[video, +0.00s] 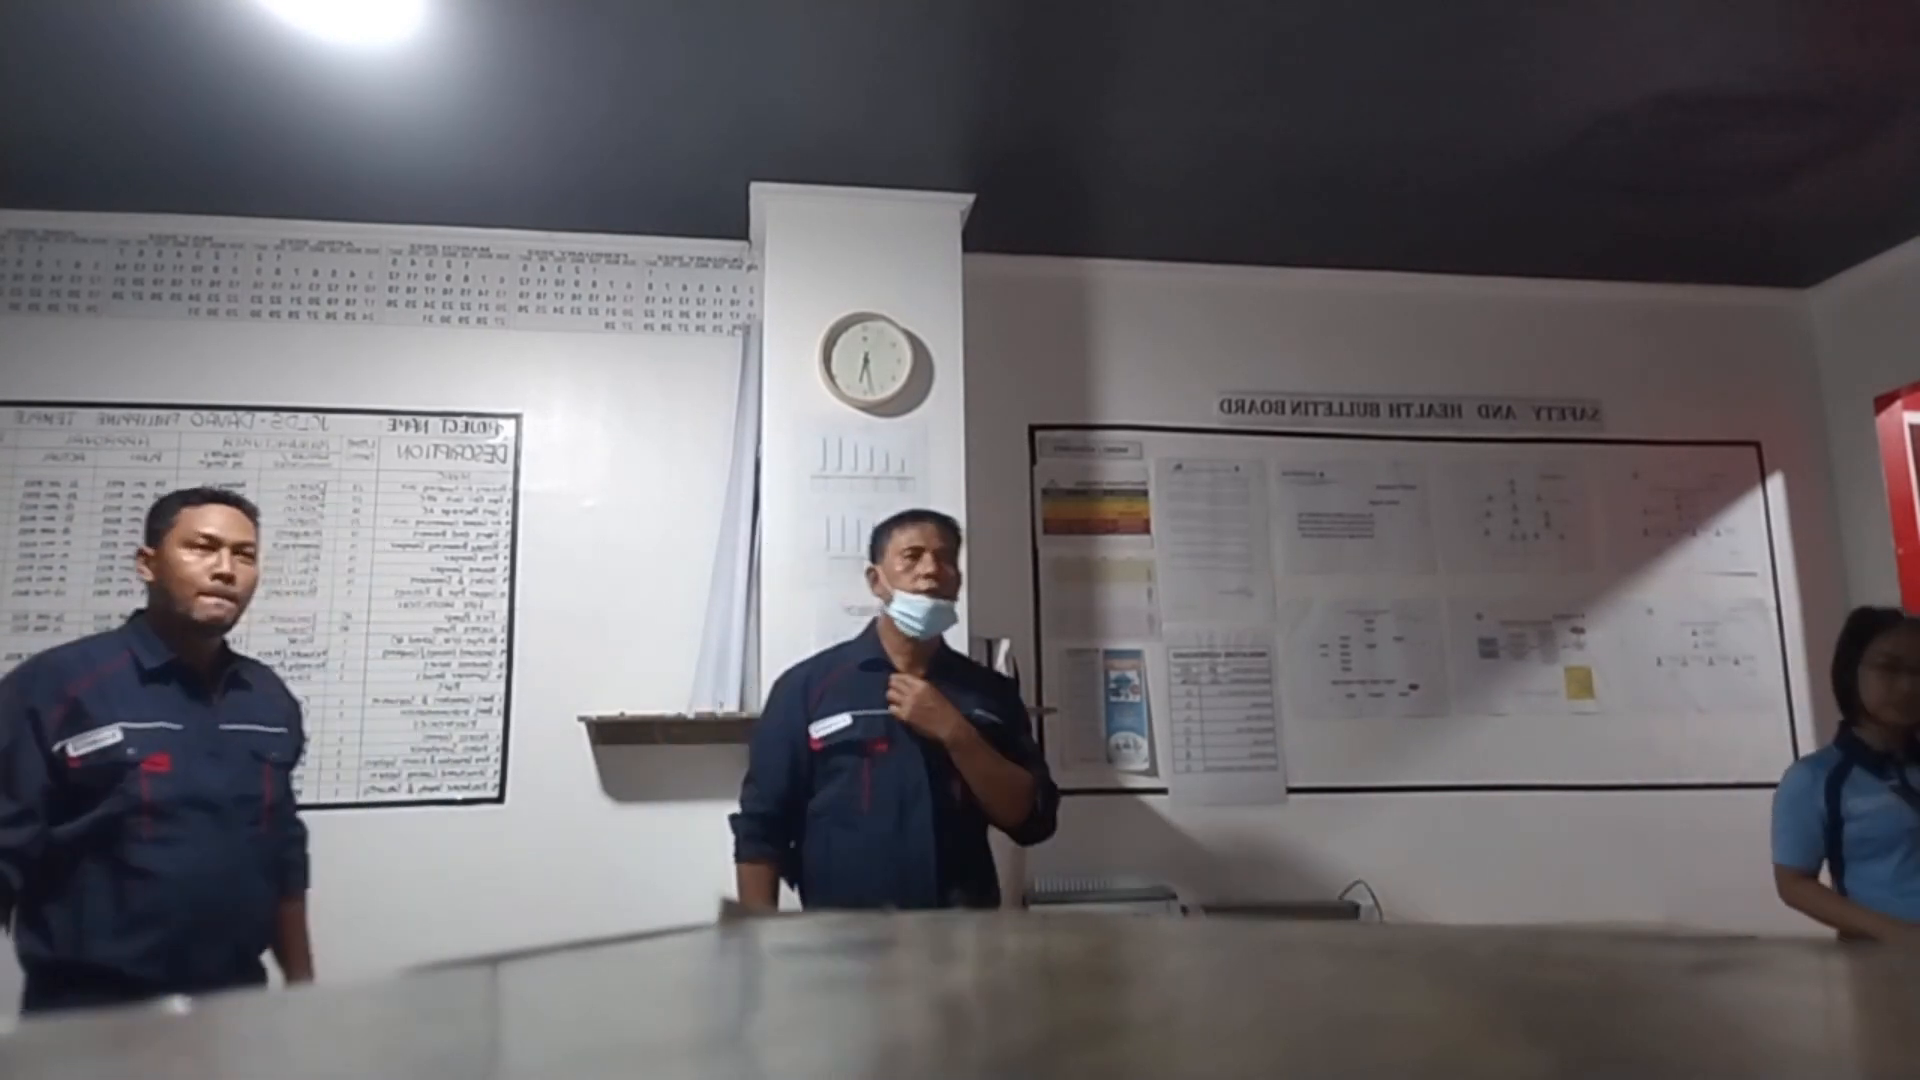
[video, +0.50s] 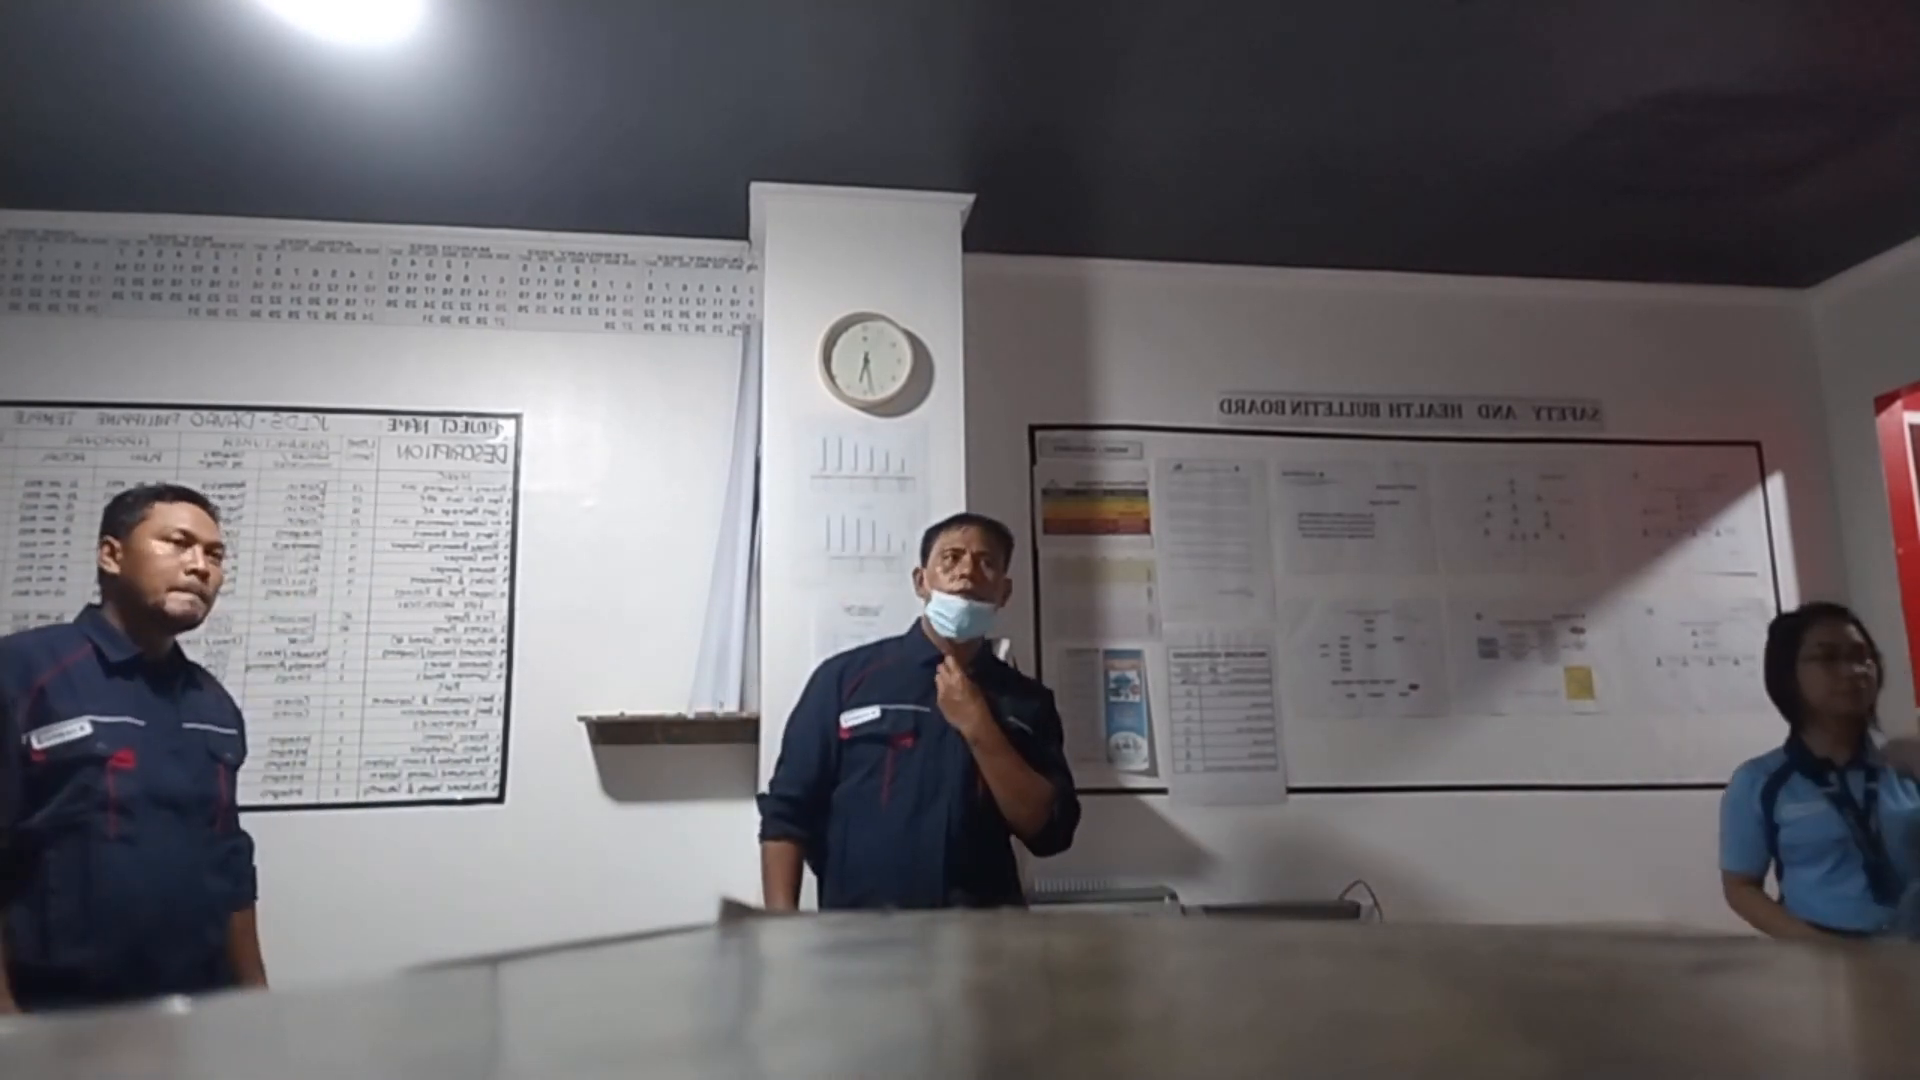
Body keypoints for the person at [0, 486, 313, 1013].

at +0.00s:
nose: (226, 569)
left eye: (244, 554)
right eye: (202, 547)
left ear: (257, 575)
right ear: (148, 565)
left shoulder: (270, 702)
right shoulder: (48, 692)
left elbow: (282, 852)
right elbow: (5, 857)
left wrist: (303, 991)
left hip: (231, 1014)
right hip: (86, 1018)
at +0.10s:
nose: (208, 569)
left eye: (225, 554)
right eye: (183, 547)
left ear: (238, 575)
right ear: (127, 564)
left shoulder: (245, 701)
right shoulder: (33, 687)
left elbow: (255, 859)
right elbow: (9, 862)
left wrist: (278, 999)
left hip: (210, 1017)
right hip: (68, 1020)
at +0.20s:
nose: (199, 569)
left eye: (215, 554)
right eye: (173, 547)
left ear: (227, 576)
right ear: (114, 564)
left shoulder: (226, 705)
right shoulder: (25, 682)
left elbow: (237, 873)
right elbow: (6, 876)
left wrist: (268, 1005)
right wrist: (7, 1020)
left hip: (201, 1021)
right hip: (64, 1023)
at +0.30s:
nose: (198, 566)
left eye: (212, 552)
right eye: (174, 543)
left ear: (222, 573)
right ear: (111, 558)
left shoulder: (219, 703)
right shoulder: (22, 675)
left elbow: (229, 854)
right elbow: (3, 868)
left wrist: (265, 986)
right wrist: (17, 1023)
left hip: (196, 1019)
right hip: (64, 1023)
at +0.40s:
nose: (198, 565)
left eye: (211, 553)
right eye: (174, 542)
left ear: (221, 575)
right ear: (110, 555)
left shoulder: (217, 705)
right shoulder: (19, 671)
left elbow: (227, 861)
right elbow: (2, 865)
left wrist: (264, 996)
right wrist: (19, 1022)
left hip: (193, 1020)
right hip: (61, 1023)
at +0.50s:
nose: (200, 565)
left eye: (214, 553)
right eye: (177, 542)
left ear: (222, 577)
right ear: (112, 555)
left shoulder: (218, 708)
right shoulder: (21, 669)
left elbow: (228, 866)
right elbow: (9, 849)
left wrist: (256, 1004)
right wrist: (8, 1013)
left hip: (193, 1019)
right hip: (55, 1019)